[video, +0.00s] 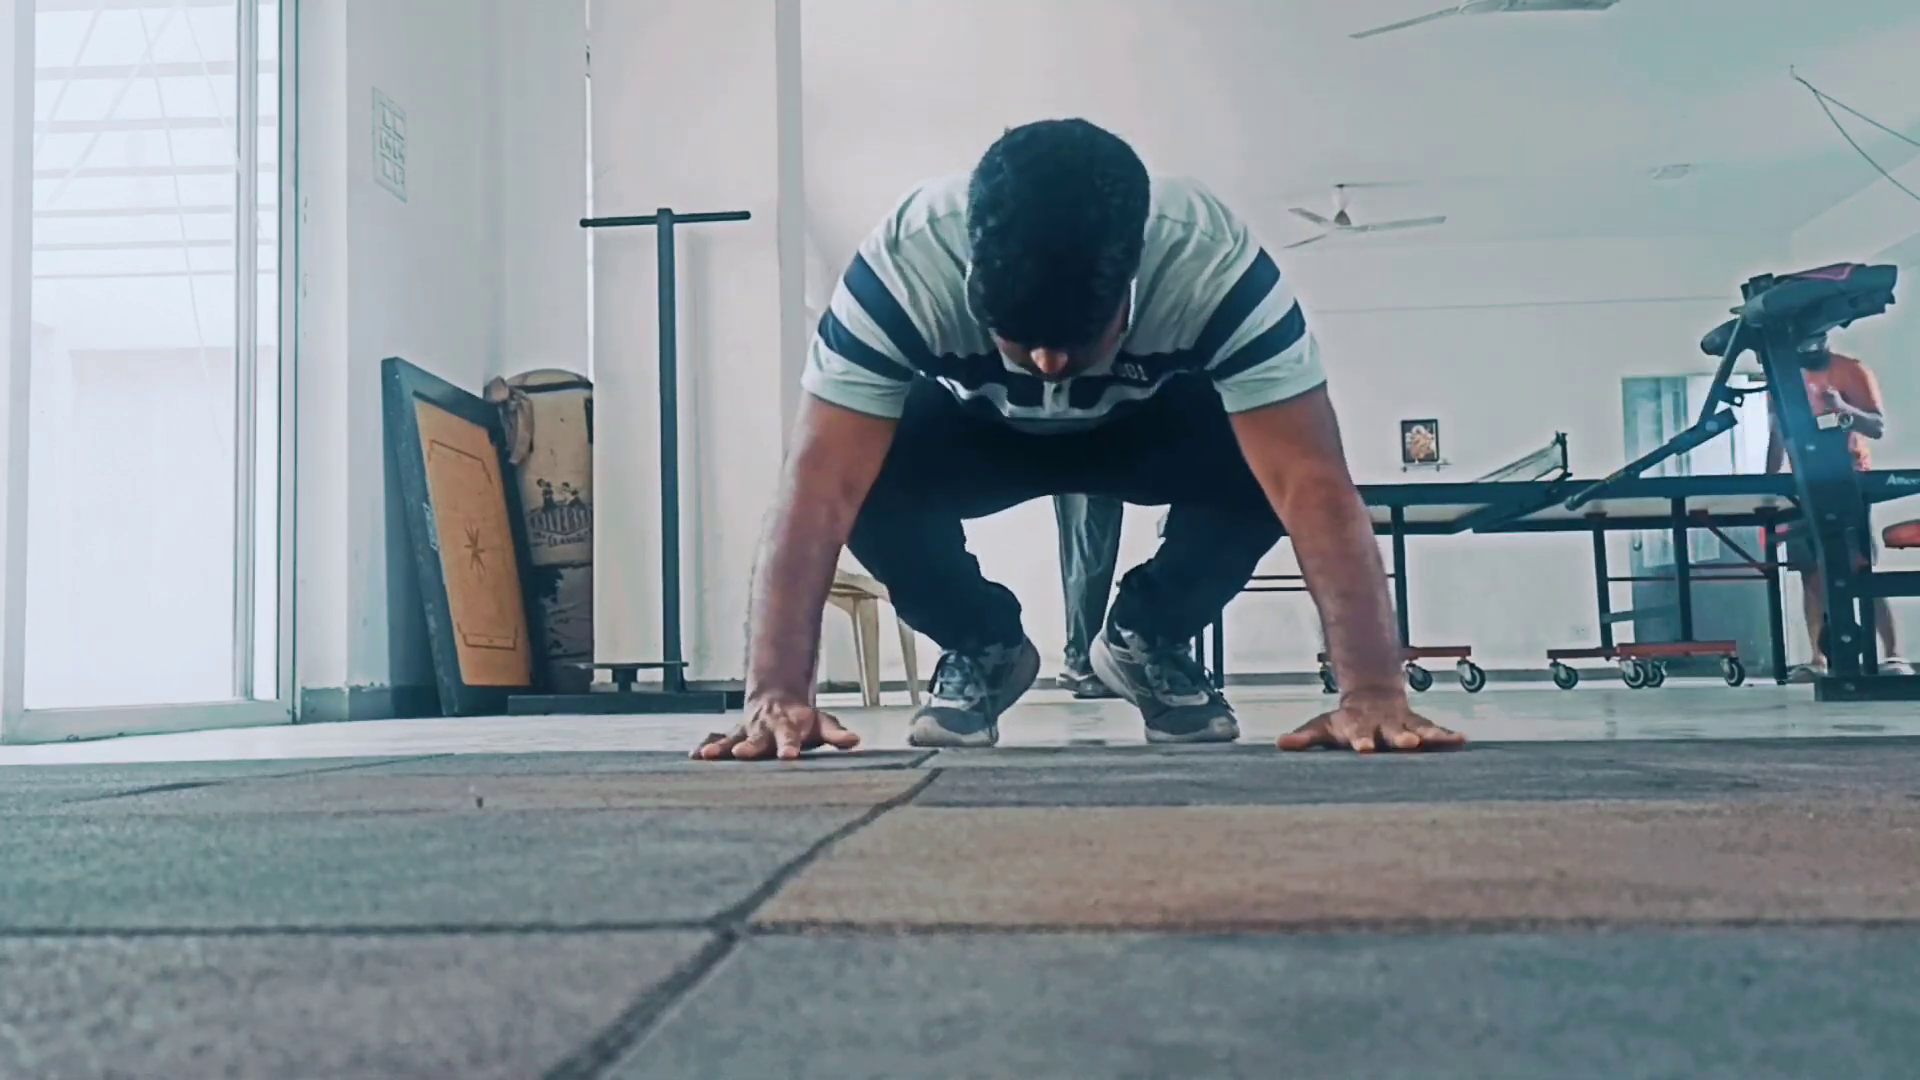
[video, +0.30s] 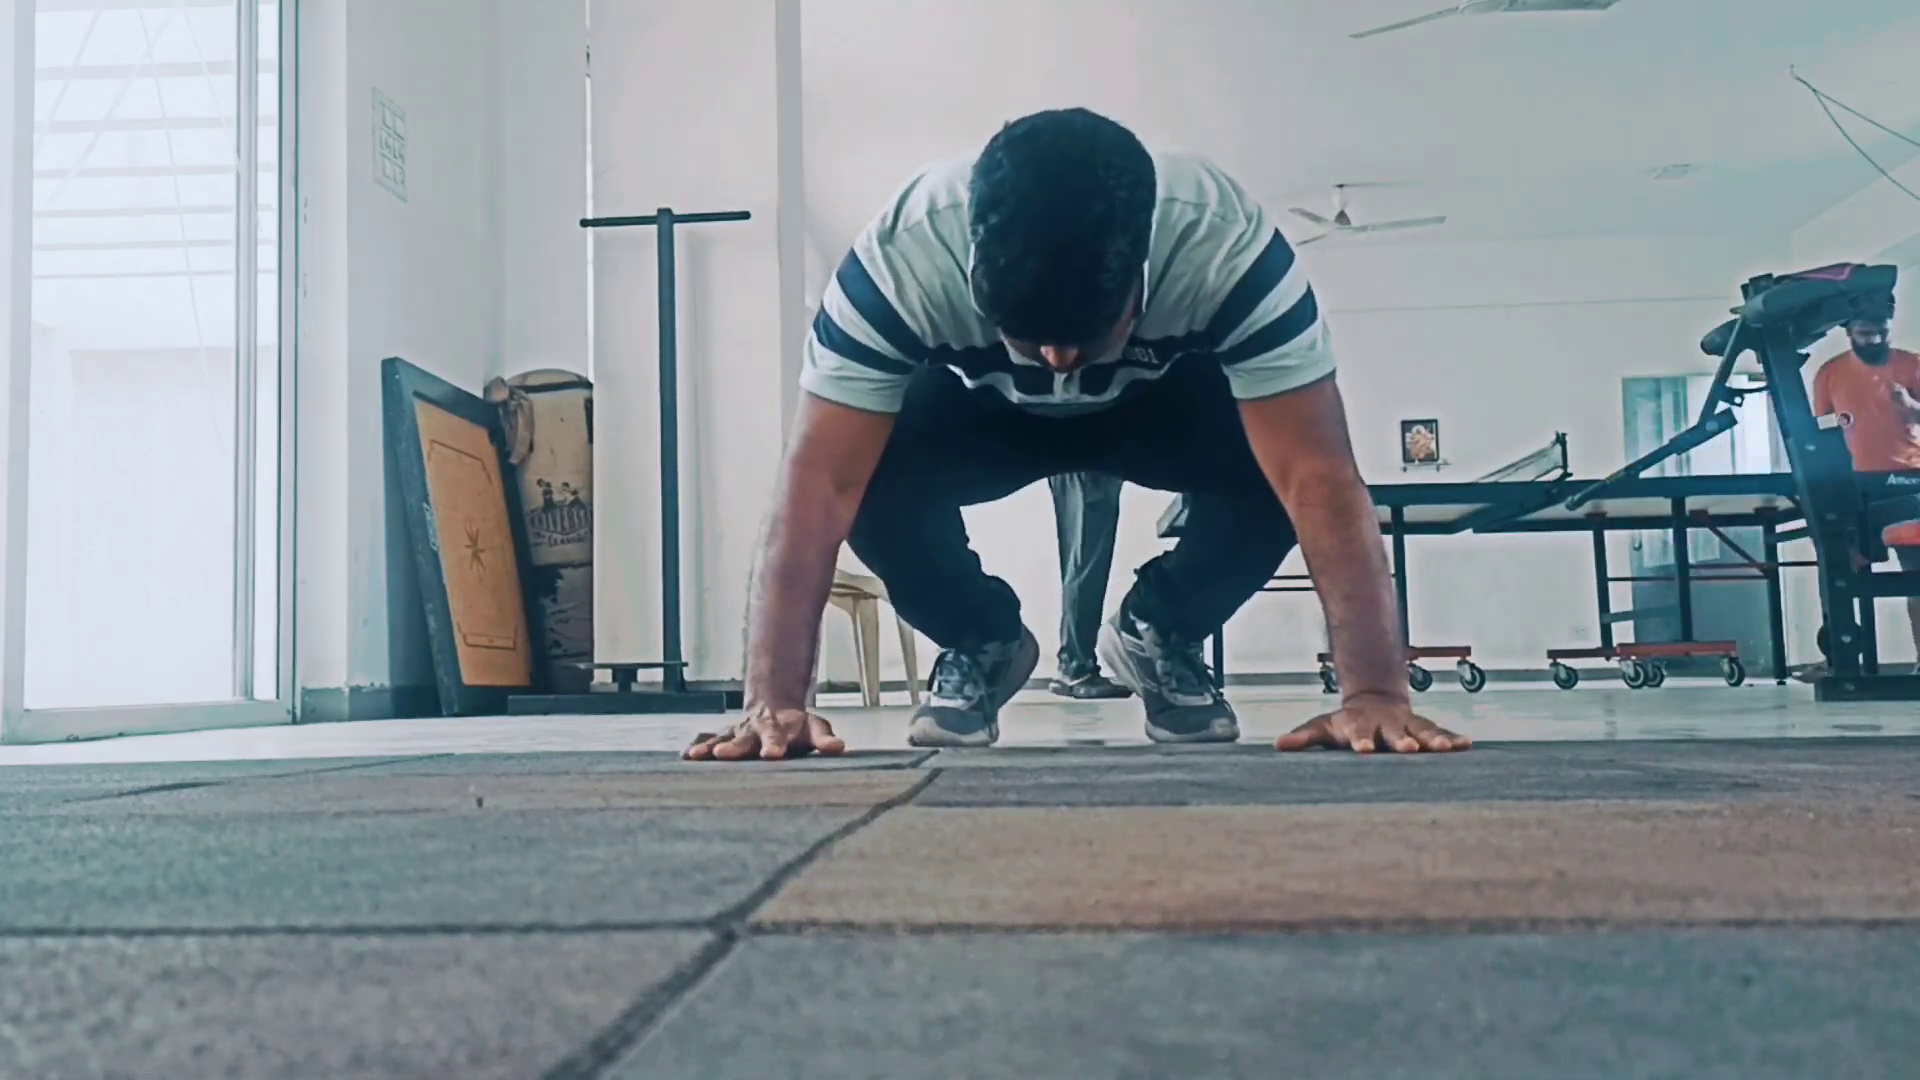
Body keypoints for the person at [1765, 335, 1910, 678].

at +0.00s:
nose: (1811, 346)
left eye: (1816, 337)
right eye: (1803, 340)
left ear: (1826, 335)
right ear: (1792, 344)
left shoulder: (1851, 370)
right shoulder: (1783, 381)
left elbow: (1877, 427)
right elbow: (1776, 440)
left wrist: (1844, 407)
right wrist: (1770, 489)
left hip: (1850, 484)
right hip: (1805, 488)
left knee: (1864, 574)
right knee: (1811, 577)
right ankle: (1819, 660)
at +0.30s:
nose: (1872, 339)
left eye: (1878, 331)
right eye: (1863, 332)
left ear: (1889, 327)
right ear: (1848, 330)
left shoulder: (1911, 365)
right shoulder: (1830, 374)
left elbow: (1919, 421)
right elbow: (1819, 436)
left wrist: (1911, 407)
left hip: (1908, 479)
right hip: (1855, 484)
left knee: (1914, 574)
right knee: (1847, 571)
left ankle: (1919, 660)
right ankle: (1842, 658)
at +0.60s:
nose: (1903, 333)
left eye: (1909, 326)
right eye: (1895, 326)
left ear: (1918, 324)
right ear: (1878, 325)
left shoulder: (1919, 360)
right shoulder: (1858, 364)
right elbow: (1843, 421)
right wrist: (1839, 470)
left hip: (1917, 478)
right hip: (1877, 480)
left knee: (1918, 569)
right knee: (1883, 570)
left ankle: (1915, 653)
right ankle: (1902, 652)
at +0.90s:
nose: (1908, 321)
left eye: (1914, 313)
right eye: (1900, 313)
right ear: (1883, 313)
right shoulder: (1863, 358)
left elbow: (1846, 425)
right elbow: (1847, 425)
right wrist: (1846, 481)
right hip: (1889, 476)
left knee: (1907, 570)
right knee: (1904, 571)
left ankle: (1916, 655)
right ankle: (1915, 656)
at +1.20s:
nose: (1917, 302)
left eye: (1919, 295)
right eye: (1911, 295)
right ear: (1898, 300)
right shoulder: (1877, 349)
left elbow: (1862, 423)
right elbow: (1861, 423)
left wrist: (1870, 480)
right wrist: (1870, 480)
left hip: (1907, 474)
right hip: (1901, 476)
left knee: (1908, 570)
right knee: (1908, 570)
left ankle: (1915, 655)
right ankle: (1916, 656)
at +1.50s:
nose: (1917, 284)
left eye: (1917, 277)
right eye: (1917, 276)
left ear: (1916, 281)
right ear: (1914, 280)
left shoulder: (1905, 340)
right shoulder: (1904, 340)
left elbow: (1900, 417)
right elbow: (1900, 417)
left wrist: (1904, 473)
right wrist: (1904, 474)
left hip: (1919, 474)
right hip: (1919, 475)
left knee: (1916, 566)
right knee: (1915, 565)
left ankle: (1918, 643)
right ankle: (1917, 643)